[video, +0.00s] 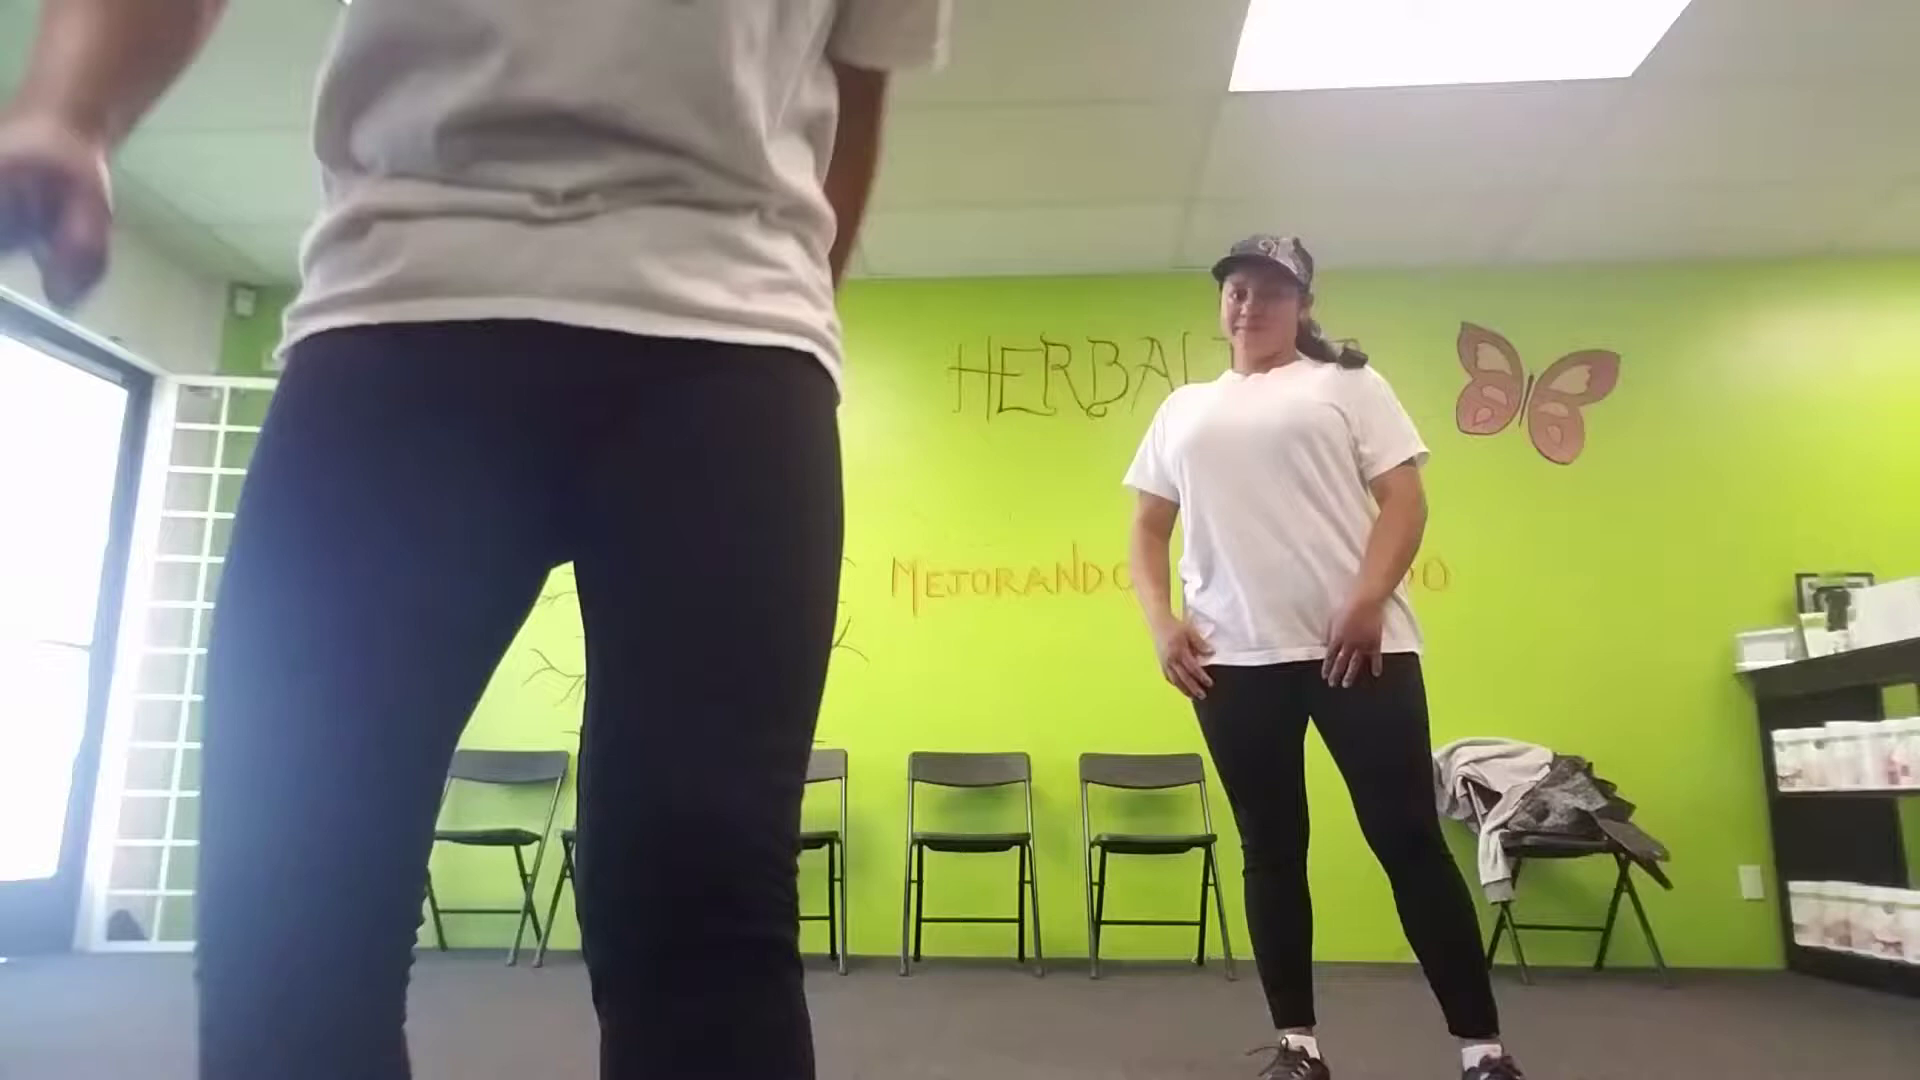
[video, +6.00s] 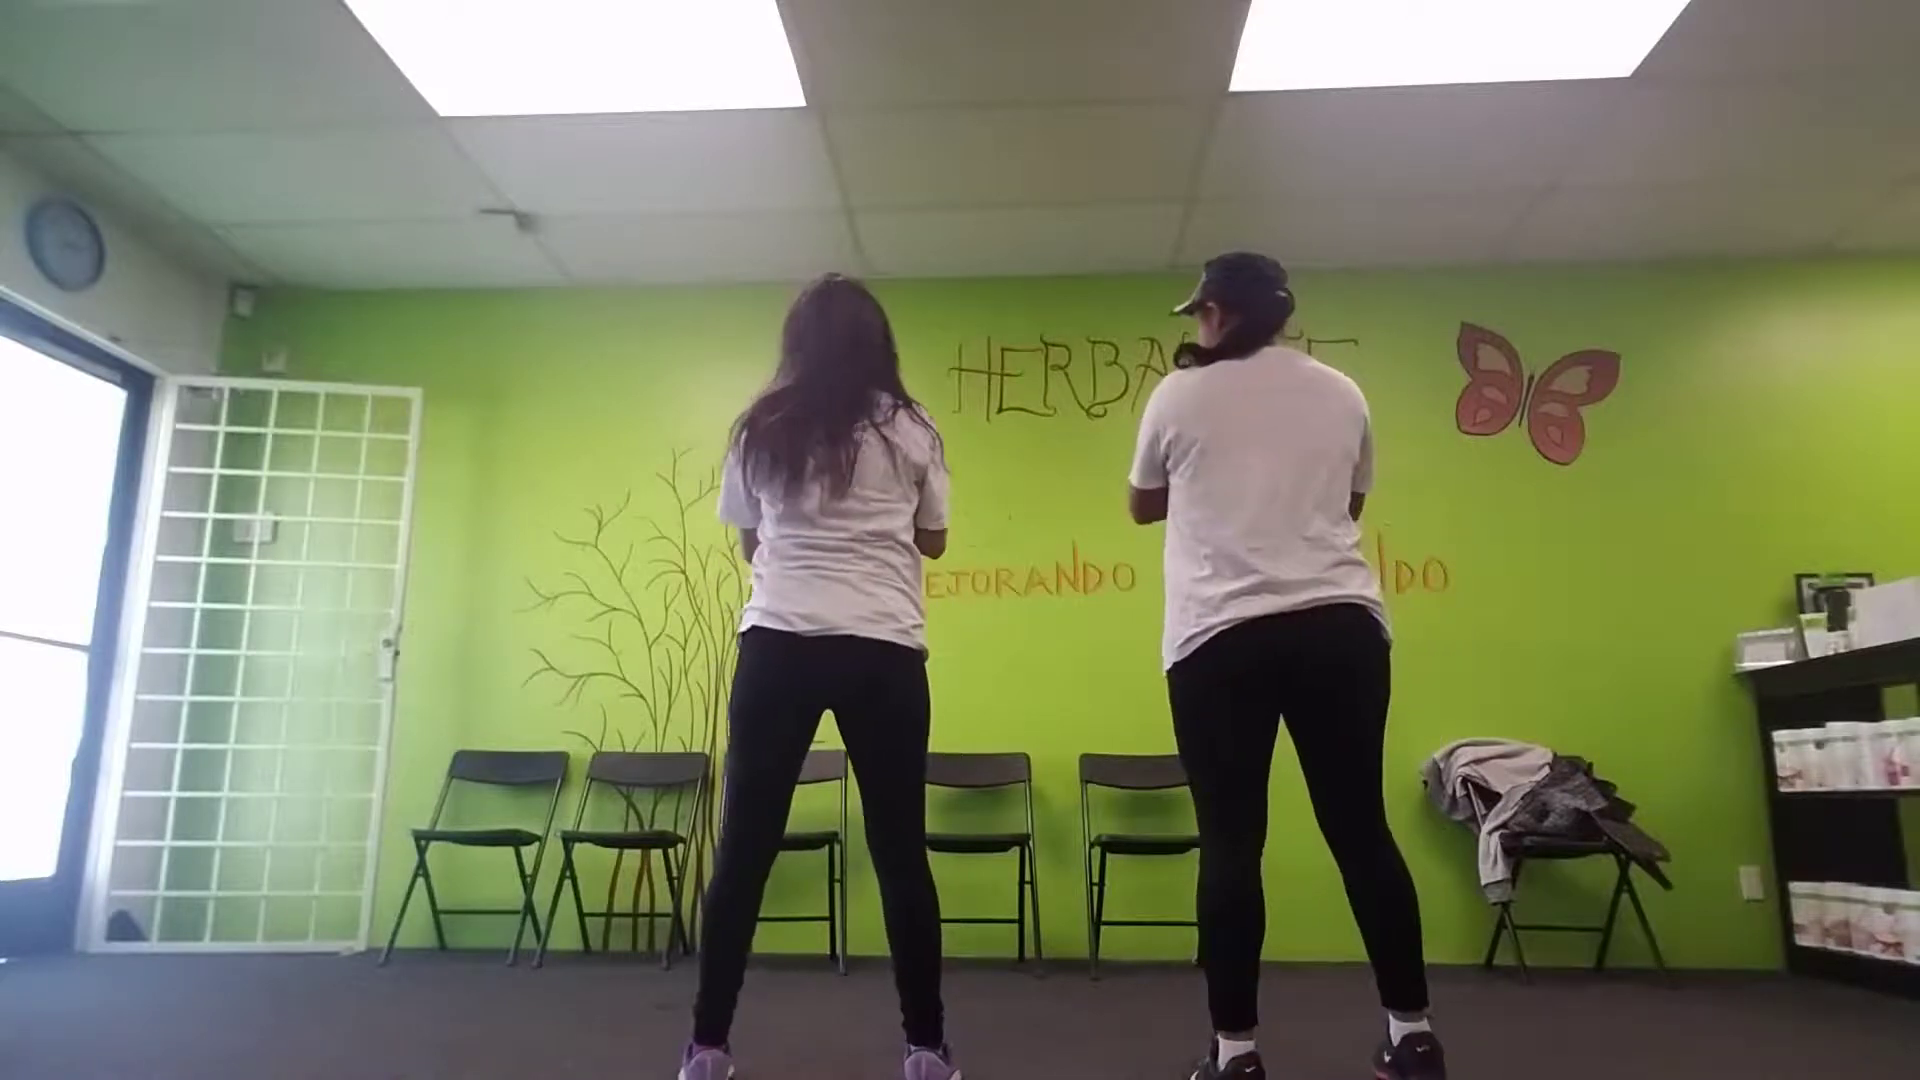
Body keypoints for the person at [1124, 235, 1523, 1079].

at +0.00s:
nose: (1249, 302)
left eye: (1270, 291)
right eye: (1237, 289)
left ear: (1302, 307)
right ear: (1220, 305)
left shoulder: (1349, 386)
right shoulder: (1184, 409)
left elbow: (1406, 502)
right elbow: (1149, 529)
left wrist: (1369, 599)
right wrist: (1161, 621)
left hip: (1359, 654)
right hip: (1238, 669)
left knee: (1410, 843)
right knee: (1271, 854)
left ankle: (1482, 1050)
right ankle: (1297, 1043)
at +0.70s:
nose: (1309, 289)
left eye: (1329, 271)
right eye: (1301, 277)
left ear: (1379, 274)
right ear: (1297, 293)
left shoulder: (1432, 350)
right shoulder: (1288, 401)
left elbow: (1477, 468)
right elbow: (1272, 516)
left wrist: (1411, 582)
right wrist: (1259, 605)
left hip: (1435, 643)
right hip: (1316, 657)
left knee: (1460, 847)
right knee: (1317, 850)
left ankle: (1511, 1059)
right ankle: (1302, 1045)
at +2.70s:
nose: (1318, 308)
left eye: (1329, 290)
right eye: (1317, 295)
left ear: (1380, 287)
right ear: (1361, 297)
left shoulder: (1448, 355)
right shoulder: (1361, 397)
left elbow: (1479, 475)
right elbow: (1357, 543)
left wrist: (1427, 603)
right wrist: (1334, 658)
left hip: (1462, 650)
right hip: (1362, 663)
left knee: (1491, 848)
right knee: (1337, 845)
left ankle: (1510, 1057)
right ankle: (1308, 1037)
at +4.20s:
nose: (1312, 309)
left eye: (1324, 293)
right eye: (1313, 295)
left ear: (1372, 296)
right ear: (1377, 302)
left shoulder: (1379, 362)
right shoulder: (1404, 369)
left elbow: (1365, 491)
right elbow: (1389, 506)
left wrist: (1307, 614)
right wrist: (1342, 621)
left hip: (1412, 638)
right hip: (1406, 637)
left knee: (1441, 837)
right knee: (1394, 832)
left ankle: (1503, 1060)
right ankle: (1410, 1042)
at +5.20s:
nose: (1279, 354)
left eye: (1286, 339)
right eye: (1279, 340)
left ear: (1325, 336)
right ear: (1360, 341)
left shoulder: (1308, 391)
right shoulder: (1426, 420)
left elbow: (1270, 490)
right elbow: (1458, 549)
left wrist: (1194, 563)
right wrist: (1376, 585)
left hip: (1326, 651)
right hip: (1424, 644)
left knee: (1299, 834)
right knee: (1401, 830)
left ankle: (1420, 999)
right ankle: (1416, 1032)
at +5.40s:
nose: (1273, 349)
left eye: (1280, 335)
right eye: (1274, 336)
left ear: (1315, 333)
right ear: (1353, 336)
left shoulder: (1280, 400)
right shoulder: (1422, 415)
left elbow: (1201, 521)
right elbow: (1446, 543)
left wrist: (1204, 510)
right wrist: (1367, 524)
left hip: (1304, 650)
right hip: (1417, 646)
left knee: (1279, 840)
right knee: (1402, 838)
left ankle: (1292, 1039)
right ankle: (1415, 1041)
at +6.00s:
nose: (1197, 326)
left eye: (1204, 313)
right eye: (1199, 313)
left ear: (1226, 316)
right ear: (1282, 315)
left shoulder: (1177, 394)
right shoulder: (1341, 391)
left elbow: (1146, 504)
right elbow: (1350, 503)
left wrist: (1230, 467)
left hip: (1220, 647)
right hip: (1341, 637)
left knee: (1230, 844)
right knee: (1361, 828)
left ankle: (1234, 1050)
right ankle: (1412, 1033)